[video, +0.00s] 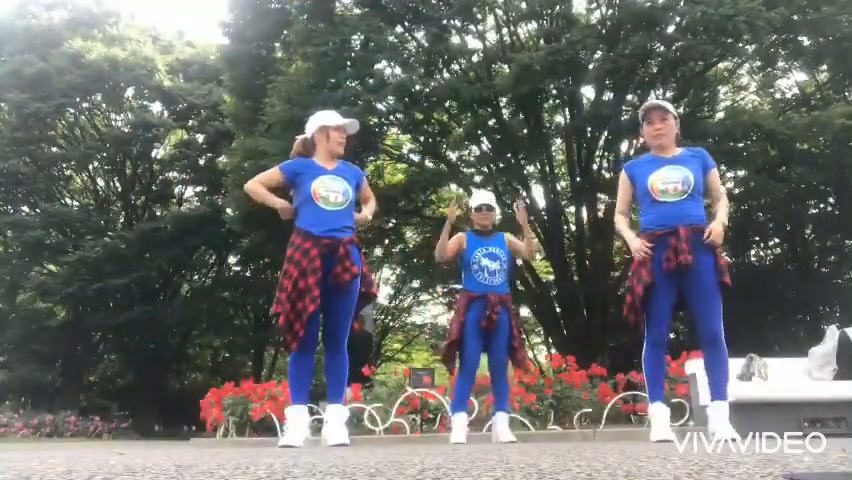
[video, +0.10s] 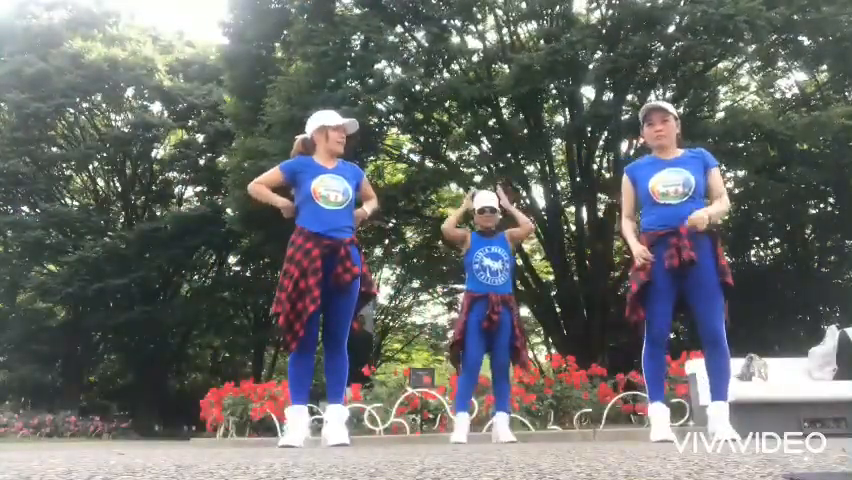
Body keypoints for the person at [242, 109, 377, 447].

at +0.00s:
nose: (345, 137)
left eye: (345, 133)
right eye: (339, 132)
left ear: (343, 138)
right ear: (320, 135)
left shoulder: (354, 173)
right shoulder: (298, 167)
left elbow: (370, 199)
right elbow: (253, 185)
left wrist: (366, 212)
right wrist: (278, 203)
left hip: (345, 254)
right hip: (307, 253)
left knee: (337, 340)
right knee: (303, 337)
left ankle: (336, 420)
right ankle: (297, 420)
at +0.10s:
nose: (344, 137)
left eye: (344, 132)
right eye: (338, 131)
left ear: (342, 137)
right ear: (319, 135)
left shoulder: (353, 171)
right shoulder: (298, 165)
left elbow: (372, 199)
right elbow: (255, 186)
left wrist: (366, 209)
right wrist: (281, 202)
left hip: (345, 254)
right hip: (307, 252)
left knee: (337, 339)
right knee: (303, 336)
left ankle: (335, 419)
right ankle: (297, 419)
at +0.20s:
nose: (345, 137)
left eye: (345, 132)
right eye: (339, 131)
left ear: (342, 138)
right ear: (319, 135)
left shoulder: (354, 170)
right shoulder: (299, 164)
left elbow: (375, 198)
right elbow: (259, 186)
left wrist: (366, 208)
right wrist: (283, 200)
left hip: (345, 254)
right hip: (308, 252)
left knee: (337, 338)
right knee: (304, 336)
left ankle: (335, 419)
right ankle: (297, 420)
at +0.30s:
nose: (344, 136)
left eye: (344, 132)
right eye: (337, 131)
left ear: (344, 137)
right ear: (318, 135)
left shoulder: (354, 170)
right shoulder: (299, 164)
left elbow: (376, 197)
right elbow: (259, 186)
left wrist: (366, 208)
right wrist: (283, 200)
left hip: (345, 255)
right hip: (308, 252)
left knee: (337, 339)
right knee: (304, 337)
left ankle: (336, 419)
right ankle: (297, 420)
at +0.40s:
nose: (341, 136)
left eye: (343, 131)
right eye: (334, 131)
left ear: (346, 136)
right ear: (317, 135)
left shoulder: (356, 170)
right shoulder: (299, 164)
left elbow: (378, 196)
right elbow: (259, 184)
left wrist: (368, 208)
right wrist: (282, 198)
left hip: (346, 256)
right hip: (308, 253)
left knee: (338, 339)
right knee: (304, 337)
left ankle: (336, 419)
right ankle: (298, 420)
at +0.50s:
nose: (340, 137)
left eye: (343, 132)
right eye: (333, 131)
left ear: (347, 137)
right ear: (317, 136)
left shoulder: (359, 167)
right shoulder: (299, 162)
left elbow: (391, 184)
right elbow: (251, 167)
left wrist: (374, 195)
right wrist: (278, 181)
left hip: (346, 255)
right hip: (308, 253)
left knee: (338, 339)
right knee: (305, 338)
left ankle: (336, 420)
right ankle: (298, 420)